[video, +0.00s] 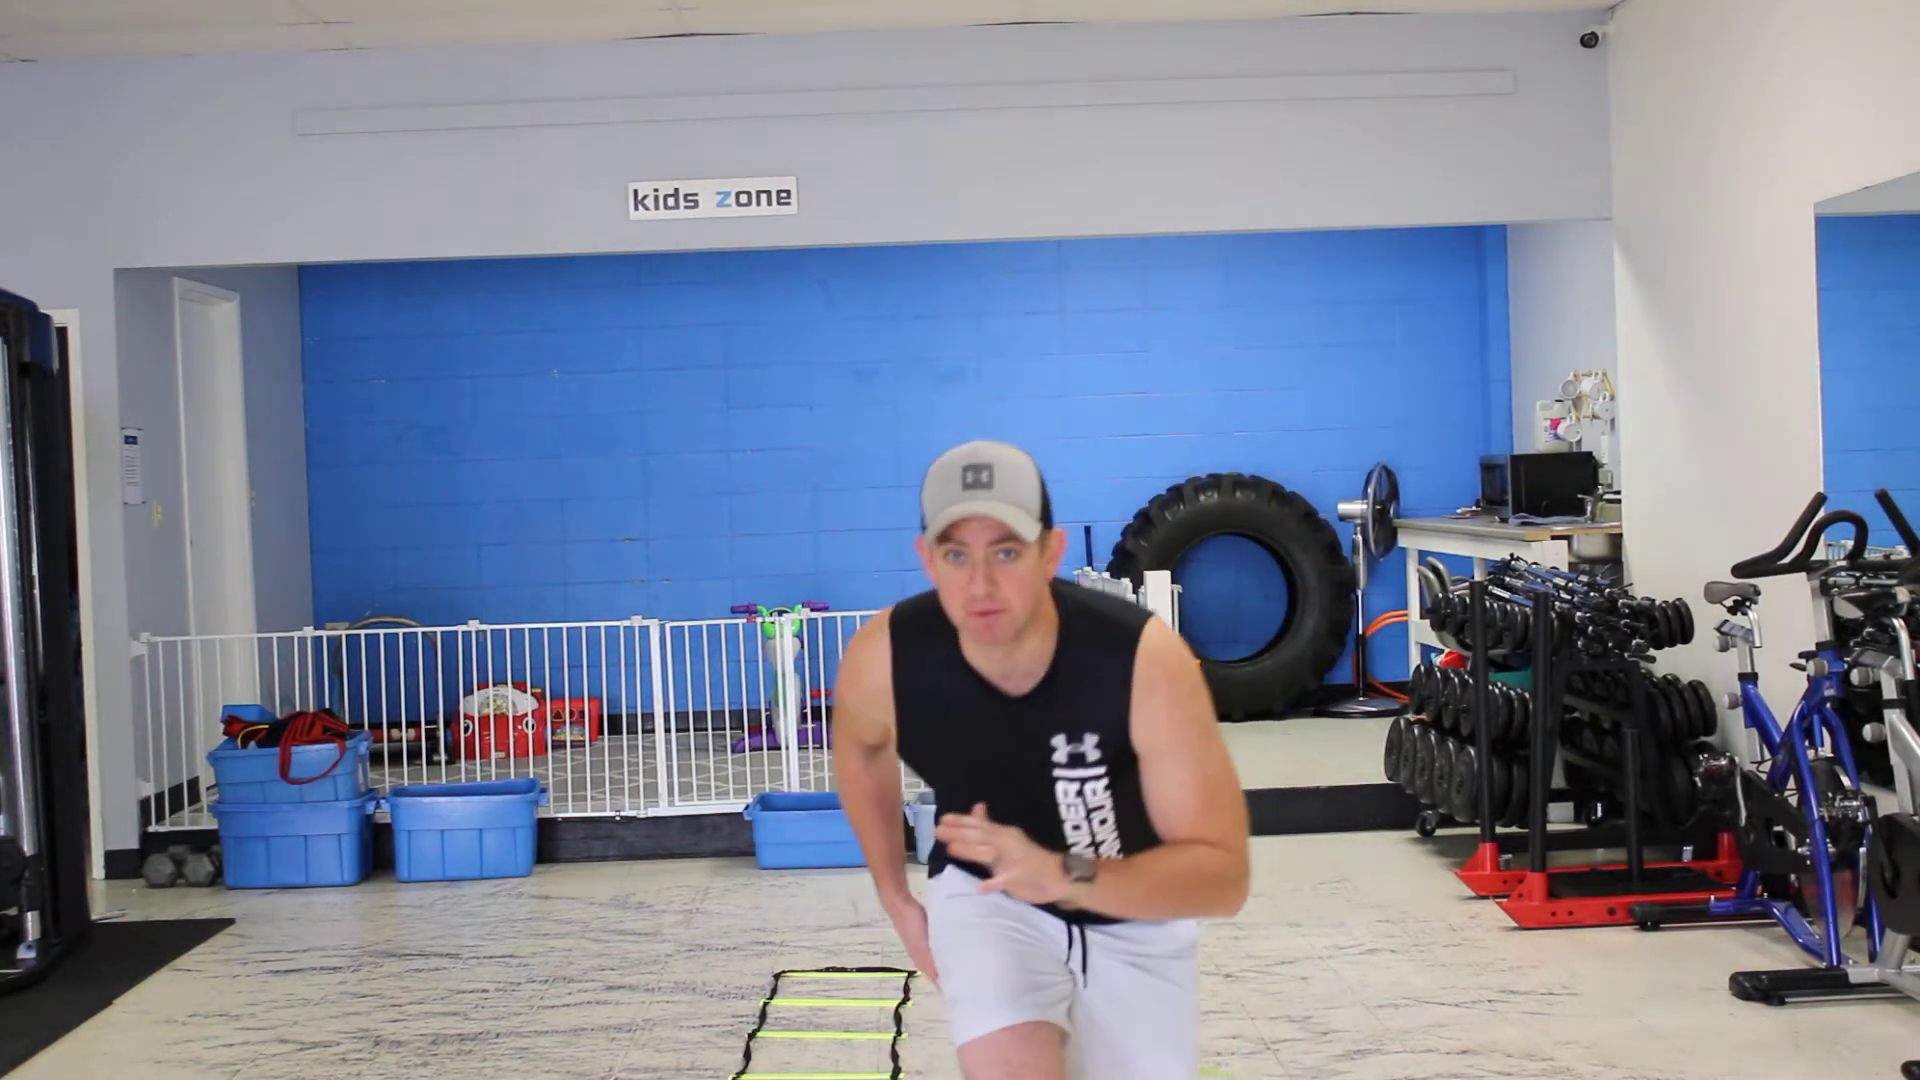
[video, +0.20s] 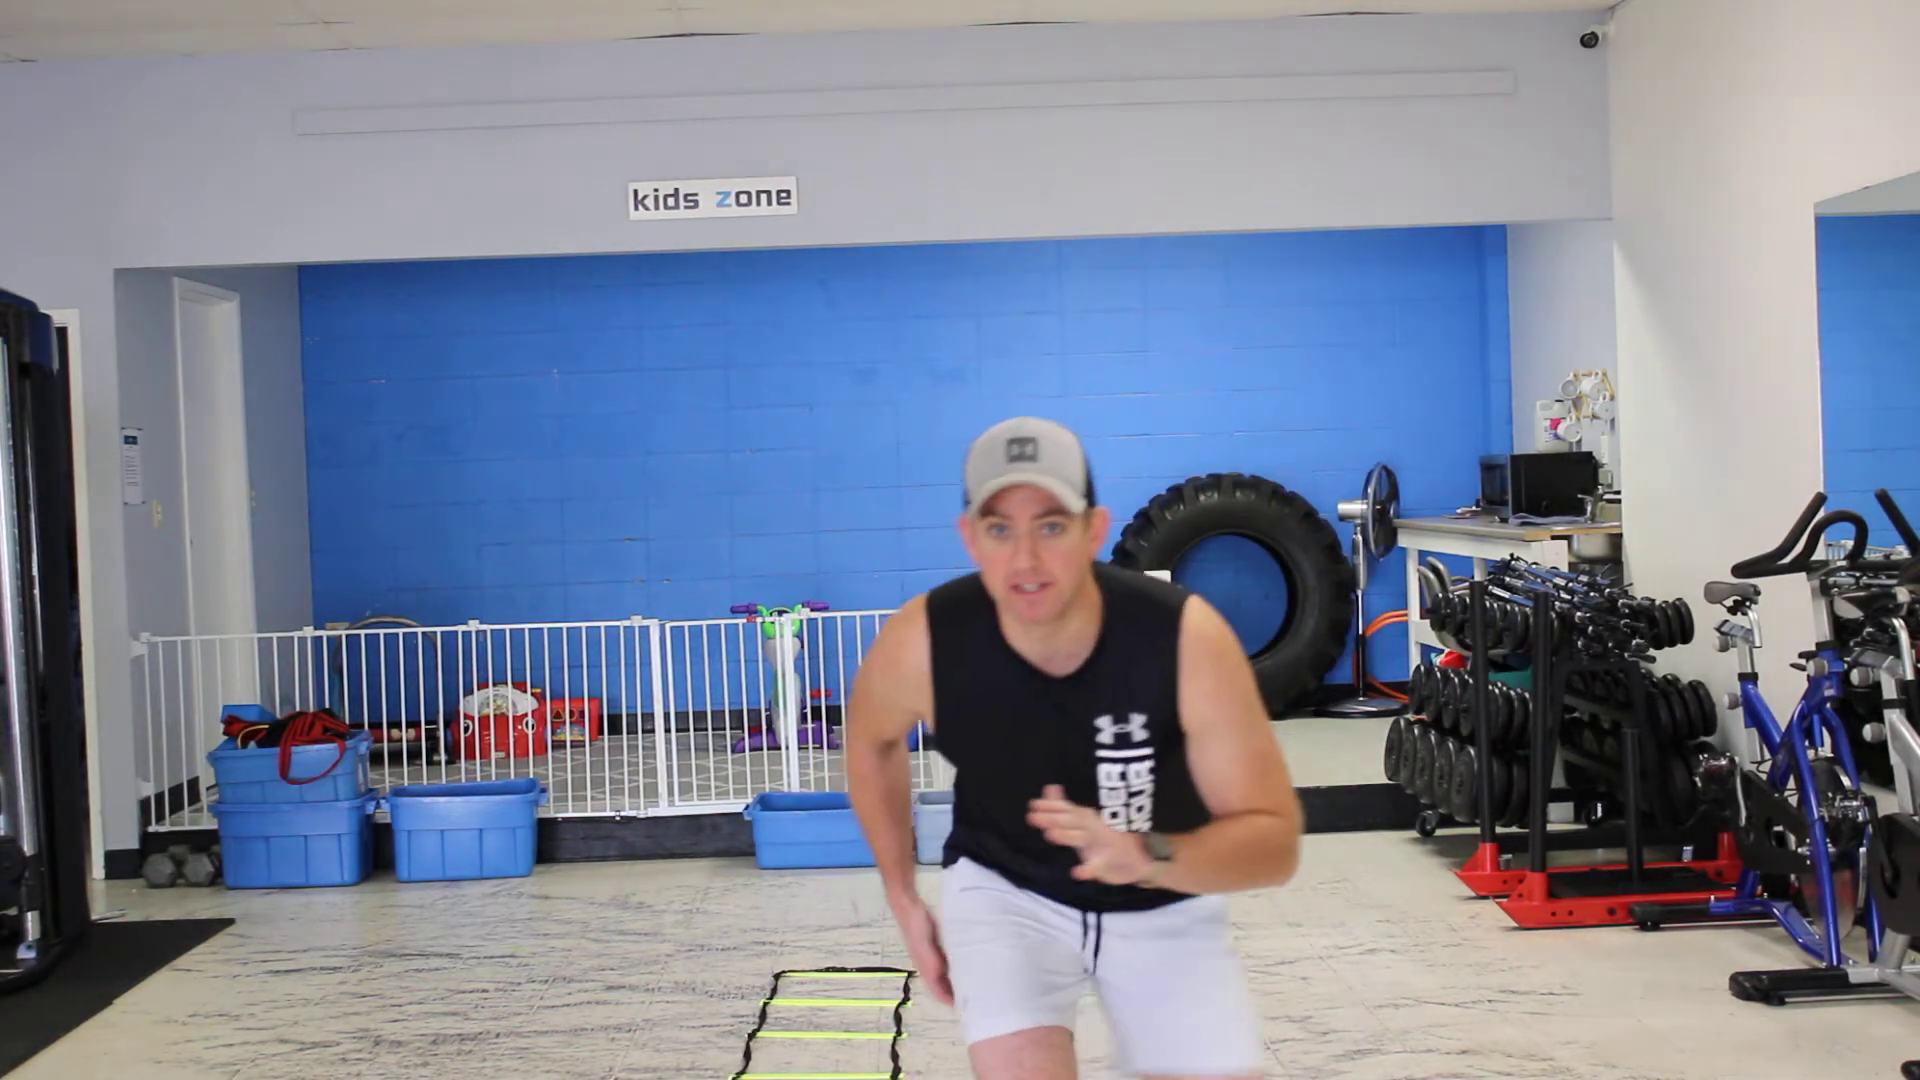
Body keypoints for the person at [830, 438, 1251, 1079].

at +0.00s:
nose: (981, 583)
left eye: (1007, 553)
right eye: (957, 555)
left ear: (1052, 553)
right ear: (928, 560)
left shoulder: (1144, 655)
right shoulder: (883, 661)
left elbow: (1221, 873)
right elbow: (863, 751)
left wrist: (1069, 877)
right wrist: (898, 898)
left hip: (1143, 917)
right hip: (987, 901)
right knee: (1014, 1066)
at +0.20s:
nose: (1025, 558)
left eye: (1051, 527)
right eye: (999, 529)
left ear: (1095, 531)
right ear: (970, 538)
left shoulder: (1185, 635)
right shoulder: (924, 641)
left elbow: (1274, 841)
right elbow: (873, 744)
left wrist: (1153, 857)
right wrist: (904, 902)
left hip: (1171, 912)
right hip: (1005, 899)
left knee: (1219, 1067)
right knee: (1020, 1066)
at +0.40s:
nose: (1108, 517)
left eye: (1134, 489)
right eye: (1083, 491)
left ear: (1178, 497)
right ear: (1051, 500)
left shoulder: (1258, 605)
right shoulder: (991, 602)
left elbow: (1345, 787)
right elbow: (922, 688)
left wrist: (1260, 826)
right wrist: (960, 839)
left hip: (1215, 865)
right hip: (1049, 874)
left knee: (1385, 1049)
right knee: (1047, 1066)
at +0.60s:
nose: (1236, 414)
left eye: (1261, 384)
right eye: (1207, 387)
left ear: (1306, 394)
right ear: (1176, 404)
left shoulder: (1391, 513)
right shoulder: (1121, 514)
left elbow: (1478, 683)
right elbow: (1021, 574)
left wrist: (1416, 726)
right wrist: (1090, 721)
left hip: (1350, 817)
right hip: (1161, 828)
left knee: (1521, 1042)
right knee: (1116, 1069)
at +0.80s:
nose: (1409, 397)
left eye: (1434, 366)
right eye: (1380, 370)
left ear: (1479, 376)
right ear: (1344, 387)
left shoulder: (1574, 502)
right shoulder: (1285, 520)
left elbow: (1678, 701)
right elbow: (1198, 598)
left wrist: (1608, 700)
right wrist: (1273, 744)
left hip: (1524, 840)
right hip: (1329, 850)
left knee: (1691, 1062)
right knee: (1218, 1070)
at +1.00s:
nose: (1503, 426)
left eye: (1529, 393)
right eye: (1473, 398)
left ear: (1572, 400)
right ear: (1437, 414)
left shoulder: (1663, 529)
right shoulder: (1368, 544)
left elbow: (1758, 694)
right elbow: (1258, 622)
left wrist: (1722, 728)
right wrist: (1333, 772)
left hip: (1587, 863)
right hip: (1386, 869)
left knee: (1749, 1067)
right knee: (1255, 1071)